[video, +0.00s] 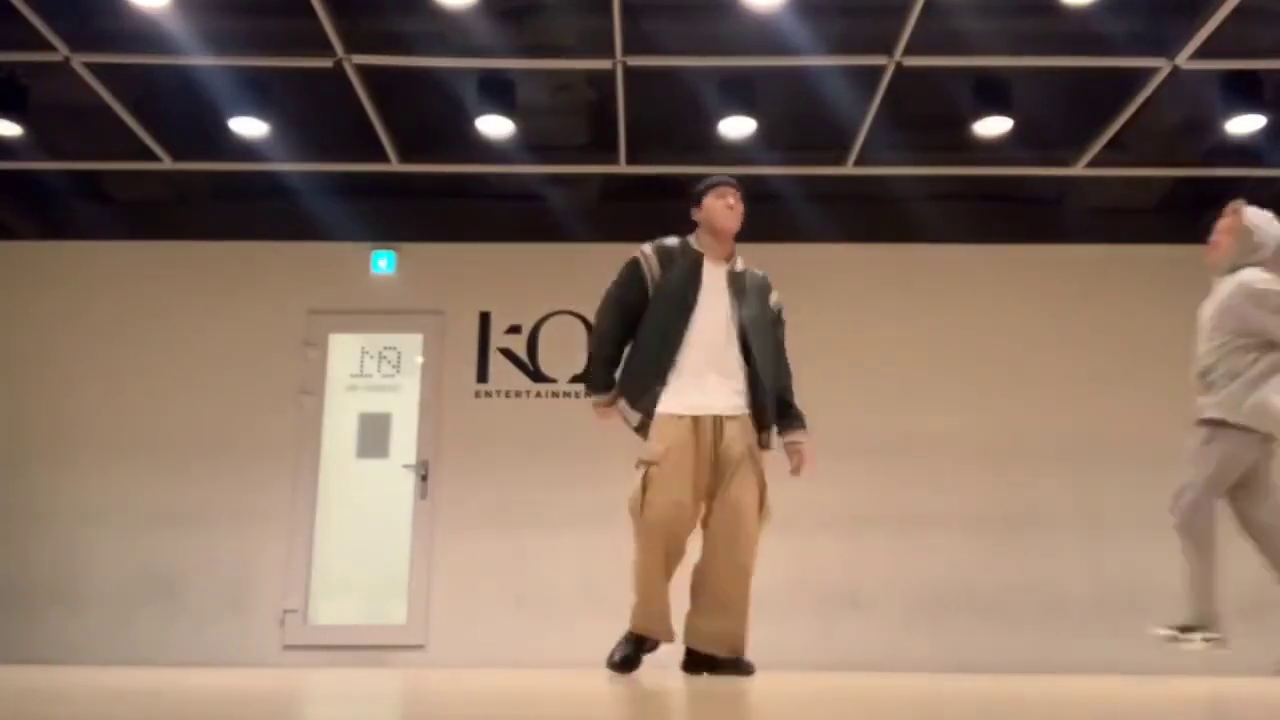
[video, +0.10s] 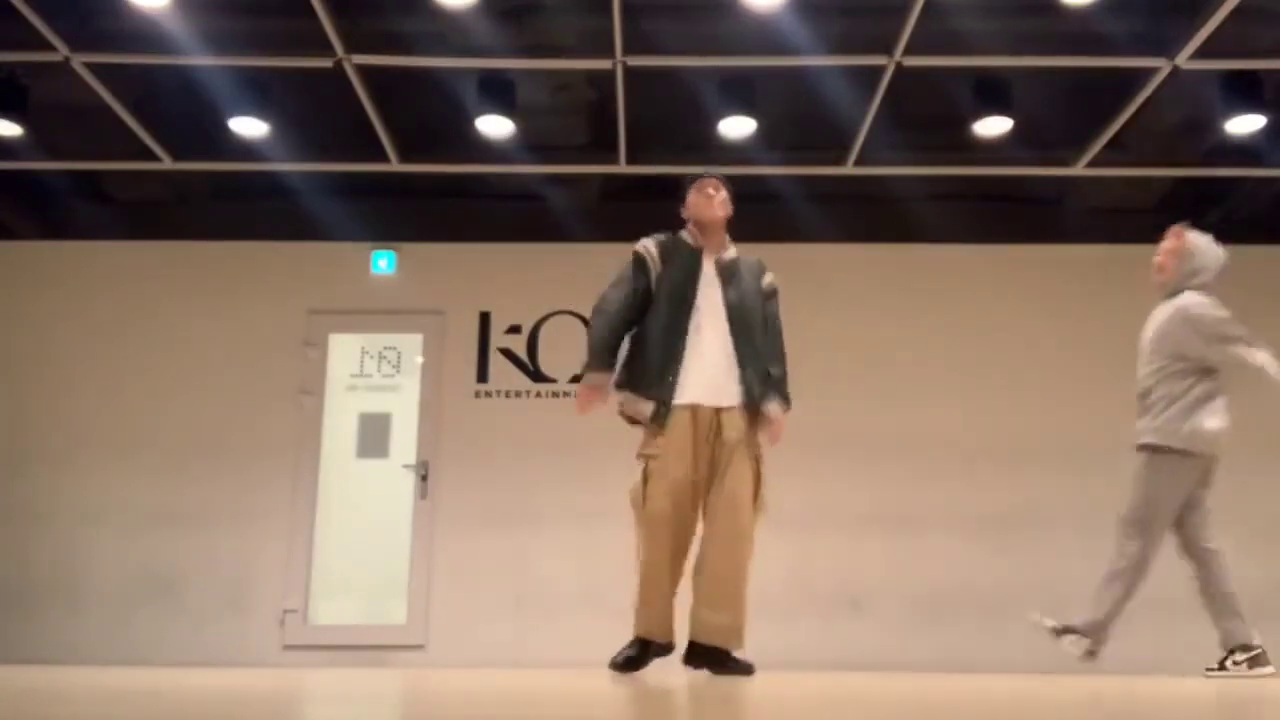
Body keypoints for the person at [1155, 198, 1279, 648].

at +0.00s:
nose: (1214, 237)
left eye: (1226, 230)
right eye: (1219, 228)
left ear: (1250, 243)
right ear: (1236, 237)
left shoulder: (1252, 287)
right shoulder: (1231, 288)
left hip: (1240, 422)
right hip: (1248, 424)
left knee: (1190, 503)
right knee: (1264, 523)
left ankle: (1203, 619)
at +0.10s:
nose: (1157, 259)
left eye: (1167, 253)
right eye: (1160, 251)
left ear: (1191, 265)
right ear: (1175, 262)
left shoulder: (1193, 309)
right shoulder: (1173, 309)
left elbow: (1250, 354)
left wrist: (1276, 374)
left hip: (1177, 446)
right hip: (1181, 447)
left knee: (1136, 534)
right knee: (1200, 546)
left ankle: (1092, 631)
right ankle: (1241, 646)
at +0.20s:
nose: (1105, 283)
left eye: (1116, 277)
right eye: (1106, 275)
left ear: (1137, 289)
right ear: (1110, 283)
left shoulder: (1136, 335)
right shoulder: (1121, 334)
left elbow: (1178, 401)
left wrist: (1207, 460)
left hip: (1100, 468)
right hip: (1125, 471)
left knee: (1056, 549)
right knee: (1137, 557)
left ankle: (1037, 649)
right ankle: (1231, 636)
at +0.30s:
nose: (1064, 278)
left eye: (1075, 273)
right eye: (1065, 270)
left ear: (1096, 287)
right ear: (1064, 279)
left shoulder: (1095, 330)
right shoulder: (1067, 330)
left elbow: (1104, 406)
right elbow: (1054, 399)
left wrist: (1066, 447)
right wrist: (1010, 412)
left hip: (1053, 461)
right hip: (1044, 458)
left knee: (1014, 545)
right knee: (1049, 551)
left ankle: (1034, 651)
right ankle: (1146, 603)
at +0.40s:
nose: (1028, 263)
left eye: (1038, 256)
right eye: (1026, 255)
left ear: (1060, 267)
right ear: (1022, 263)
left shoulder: (1062, 308)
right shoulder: (1024, 313)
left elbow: (1061, 366)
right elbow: (998, 370)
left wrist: (1005, 340)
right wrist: (973, 341)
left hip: (1016, 441)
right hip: (991, 435)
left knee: (1008, 536)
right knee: (970, 524)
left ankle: (1026, 639)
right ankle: (1043, 595)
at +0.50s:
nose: (985, 246)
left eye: (997, 239)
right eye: (982, 241)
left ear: (1020, 255)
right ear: (977, 257)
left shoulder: (1031, 302)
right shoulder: (972, 304)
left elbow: (1026, 327)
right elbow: (932, 328)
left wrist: (1004, 277)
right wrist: (949, 282)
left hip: (987, 431)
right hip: (952, 429)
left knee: (981, 532)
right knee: (927, 517)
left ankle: (987, 632)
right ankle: (950, 611)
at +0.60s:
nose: (952, 277)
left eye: (961, 270)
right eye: (946, 270)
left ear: (975, 280)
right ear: (936, 278)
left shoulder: (981, 320)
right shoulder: (918, 315)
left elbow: (1001, 283)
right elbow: (876, 309)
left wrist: (985, 253)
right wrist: (917, 274)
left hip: (961, 441)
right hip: (918, 441)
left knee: (947, 546)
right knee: (890, 540)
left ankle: (942, 649)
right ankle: (880, 631)